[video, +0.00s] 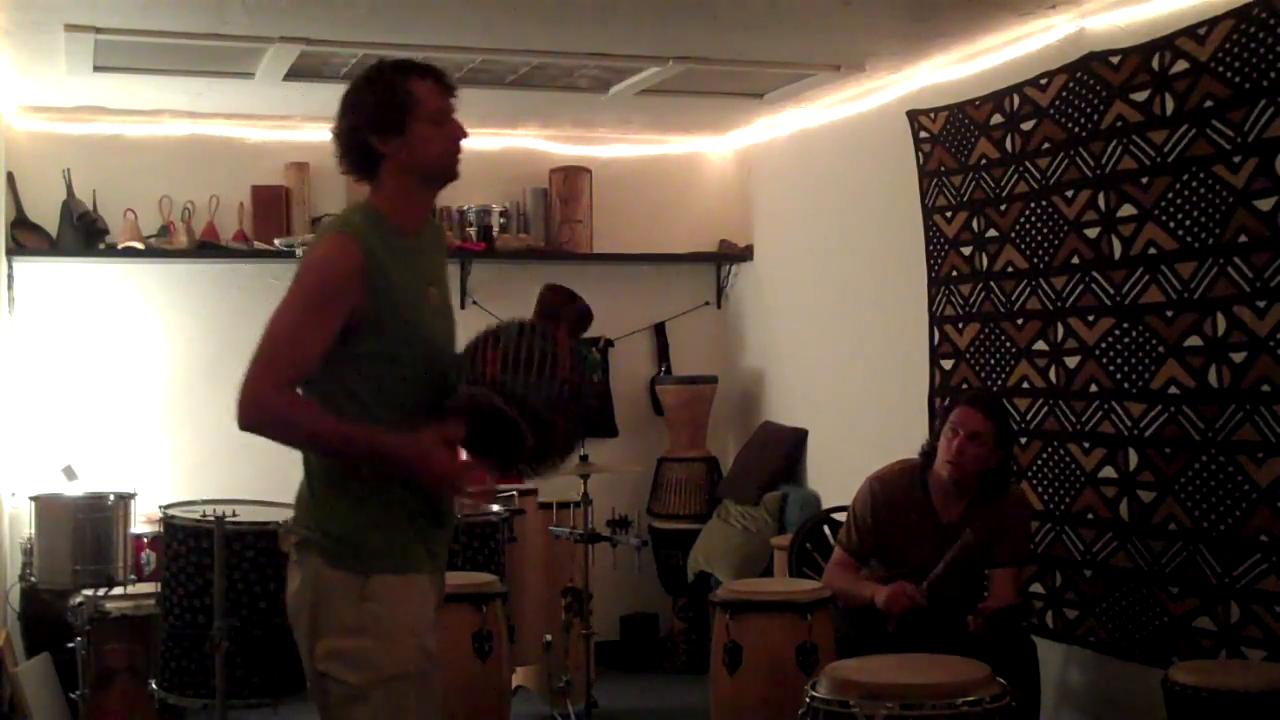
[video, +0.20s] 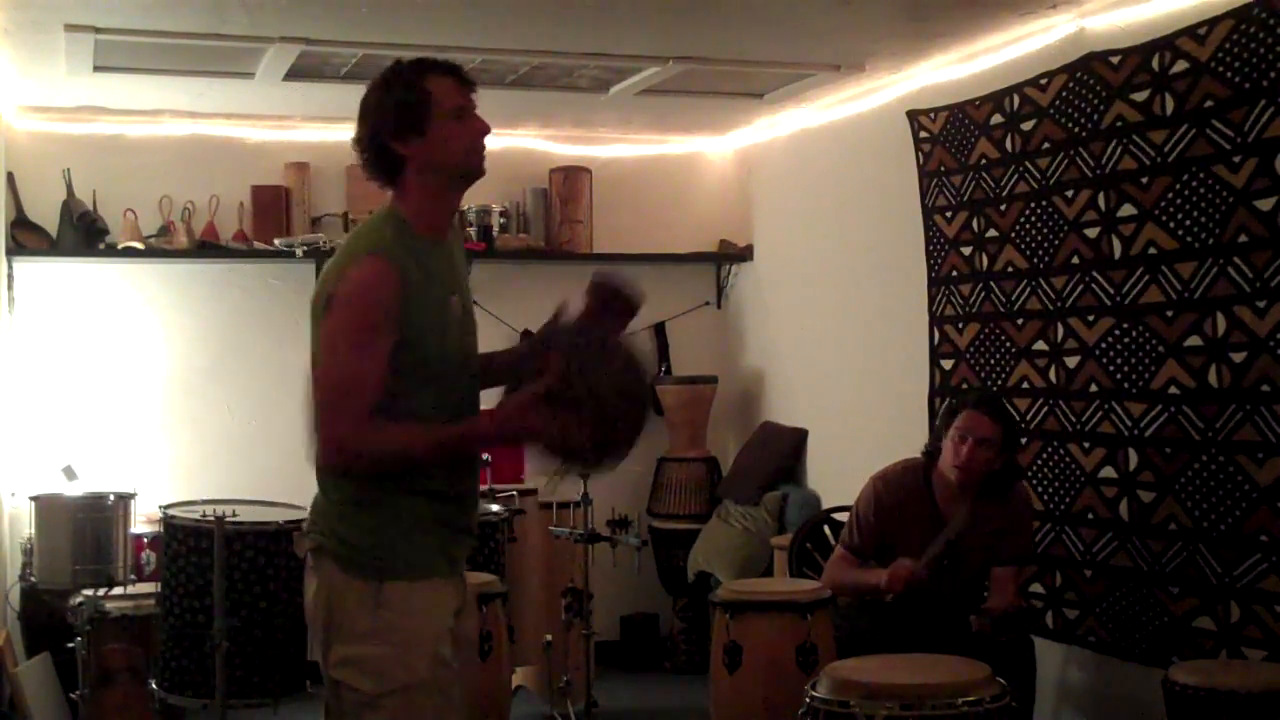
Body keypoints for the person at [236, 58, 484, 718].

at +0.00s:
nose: (461, 128)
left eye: (454, 114)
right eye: (442, 116)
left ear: (403, 140)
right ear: (388, 139)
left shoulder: (425, 240)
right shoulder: (345, 248)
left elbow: (414, 385)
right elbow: (260, 403)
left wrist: (491, 422)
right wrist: (406, 450)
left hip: (407, 551)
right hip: (356, 563)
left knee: (407, 705)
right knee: (375, 706)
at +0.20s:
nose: (484, 125)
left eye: (476, 111)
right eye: (462, 114)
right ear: (408, 140)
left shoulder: (444, 243)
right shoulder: (371, 267)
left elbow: (436, 377)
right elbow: (341, 445)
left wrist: (536, 356)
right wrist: (498, 426)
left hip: (431, 555)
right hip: (377, 569)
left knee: (437, 705)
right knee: (393, 709)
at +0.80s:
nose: (494, 124)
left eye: (486, 110)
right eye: (472, 113)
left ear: (426, 140)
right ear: (418, 136)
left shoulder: (422, 243)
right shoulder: (436, 254)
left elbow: (487, 389)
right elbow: (439, 438)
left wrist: (602, 376)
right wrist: (577, 422)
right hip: (457, 578)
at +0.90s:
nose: (508, 123)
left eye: (501, 109)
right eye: (487, 111)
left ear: (445, 138)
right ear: (431, 136)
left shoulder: (453, 245)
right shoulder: (440, 254)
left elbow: (477, 396)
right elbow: (421, 435)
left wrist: (578, 396)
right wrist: (562, 423)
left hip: (502, 568)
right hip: (455, 580)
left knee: (562, 704)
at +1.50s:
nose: (627, 147)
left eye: (626, 131)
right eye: (613, 128)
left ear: (571, 141)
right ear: (557, 136)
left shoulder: (577, 257)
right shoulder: (522, 246)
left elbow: (640, 383)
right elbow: (557, 402)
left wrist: (731, 366)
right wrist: (710, 379)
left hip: (619, 560)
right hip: (545, 571)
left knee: (641, 711)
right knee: (542, 709)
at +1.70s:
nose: (663, 161)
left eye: (661, 145)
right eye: (650, 144)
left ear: (601, 153)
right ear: (599, 149)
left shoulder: (614, 263)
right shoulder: (557, 259)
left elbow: (633, 400)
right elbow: (559, 420)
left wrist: (722, 410)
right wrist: (699, 425)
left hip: (661, 560)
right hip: (593, 572)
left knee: (690, 712)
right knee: (600, 711)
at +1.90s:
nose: (694, 142)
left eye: (692, 129)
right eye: (680, 128)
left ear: (636, 144)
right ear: (627, 140)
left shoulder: (663, 257)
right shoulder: (586, 247)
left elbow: (643, 386)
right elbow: (532, 402)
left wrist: (718, 390)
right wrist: (681, 412)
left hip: (677, 538)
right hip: (613, 549)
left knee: (699, 707)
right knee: (634, 710)